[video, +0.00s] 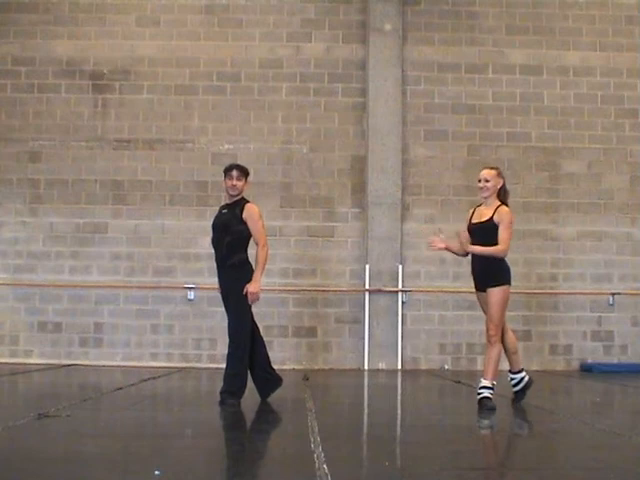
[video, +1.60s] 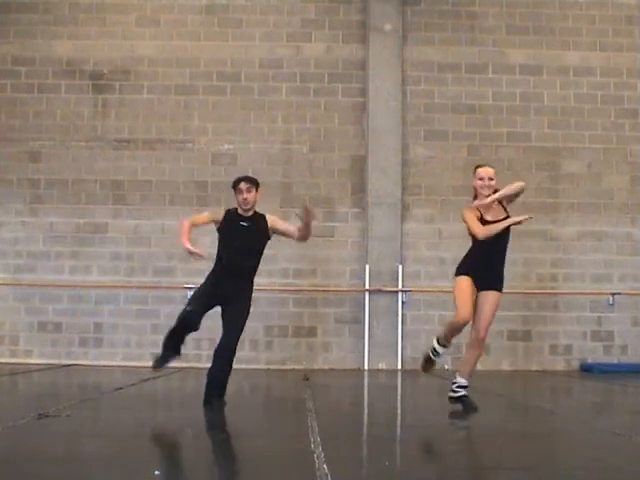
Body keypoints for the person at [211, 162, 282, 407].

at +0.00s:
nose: (234, 183)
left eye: (239, 179)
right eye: (230, 178)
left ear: (246, 183)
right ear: (224, 182)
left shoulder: (249, 209)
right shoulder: (224, 209)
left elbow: (262, 245)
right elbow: (224, 247)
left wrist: (256, 281)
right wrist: (222, 280)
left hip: (240, 275)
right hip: (225, 276)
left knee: (238, 333)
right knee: (246, 330)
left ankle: (231, 393)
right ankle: (267, 379)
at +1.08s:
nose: (236, 192)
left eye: (241, 188)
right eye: (232, 188)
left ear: (248, 191)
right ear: (226, 191)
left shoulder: (252, 217)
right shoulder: (226, 219)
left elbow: (260, 243)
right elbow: (221, 254)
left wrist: (232, 253)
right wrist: (215, 286)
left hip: (251, 286)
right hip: (237, 286)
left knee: (230, 335)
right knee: (258, 337)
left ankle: (228, 394)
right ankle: (279, 386)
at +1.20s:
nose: (244, 189)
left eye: (249, 185)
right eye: (240, 184)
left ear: (256, 190)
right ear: (234, 187)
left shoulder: (257, 222)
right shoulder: (222, 210)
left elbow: (267, 259)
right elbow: (196, 224)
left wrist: (277, 289)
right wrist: (173, 237)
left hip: (243, 284)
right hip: (224, 283)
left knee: (227, 333)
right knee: (241, 332)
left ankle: (226, 394)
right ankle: (271, 376)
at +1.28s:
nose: (247, 191)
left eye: (253, 187)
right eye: (244, 185)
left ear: (260, 192)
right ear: (237, 187)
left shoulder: (259, 226)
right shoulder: (222, 201)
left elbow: (264, 265)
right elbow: (196, 184)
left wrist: (273, 299)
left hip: (237, 282)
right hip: (217, 278)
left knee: (227, 333)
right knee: (221, 330)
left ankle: (226, 395)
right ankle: (261, 352)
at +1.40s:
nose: (246, 194)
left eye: (251, 190)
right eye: (242, 189)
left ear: (259, 194)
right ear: (236, 192)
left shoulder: (260, 229)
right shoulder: (225, 202)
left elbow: (262, 266)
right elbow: (208, 167)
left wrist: (267, 295)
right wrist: (192, 139)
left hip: (236, 286)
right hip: (213, 280)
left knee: (229, 341)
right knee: (197, 328)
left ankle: (214, 395)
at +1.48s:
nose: (247, 195)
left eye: (251, 190)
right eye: (242, 191)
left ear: (259, 195)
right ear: (236, 195)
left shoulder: (262, 229)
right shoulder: (225, 208)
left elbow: (280, 265)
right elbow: (197, 179)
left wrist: (303, 291)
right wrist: (169, 161)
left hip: (238, 292)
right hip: (212, 286)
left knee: (229, 346)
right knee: (176, 326)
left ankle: (212, 394)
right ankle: (186, 294)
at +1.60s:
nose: (244, 196)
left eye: (249, 191)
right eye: (240, 192)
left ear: (257, 194)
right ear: (235, 196)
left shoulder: (267, 222)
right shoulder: (223, 216)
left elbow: (300, 236)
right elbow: (187, 222)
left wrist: (307, 223)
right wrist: (187, 244)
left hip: (241, 292)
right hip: (215, 284)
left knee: (228, 346)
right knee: (189, 317)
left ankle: (213, 398)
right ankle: (169, 351)